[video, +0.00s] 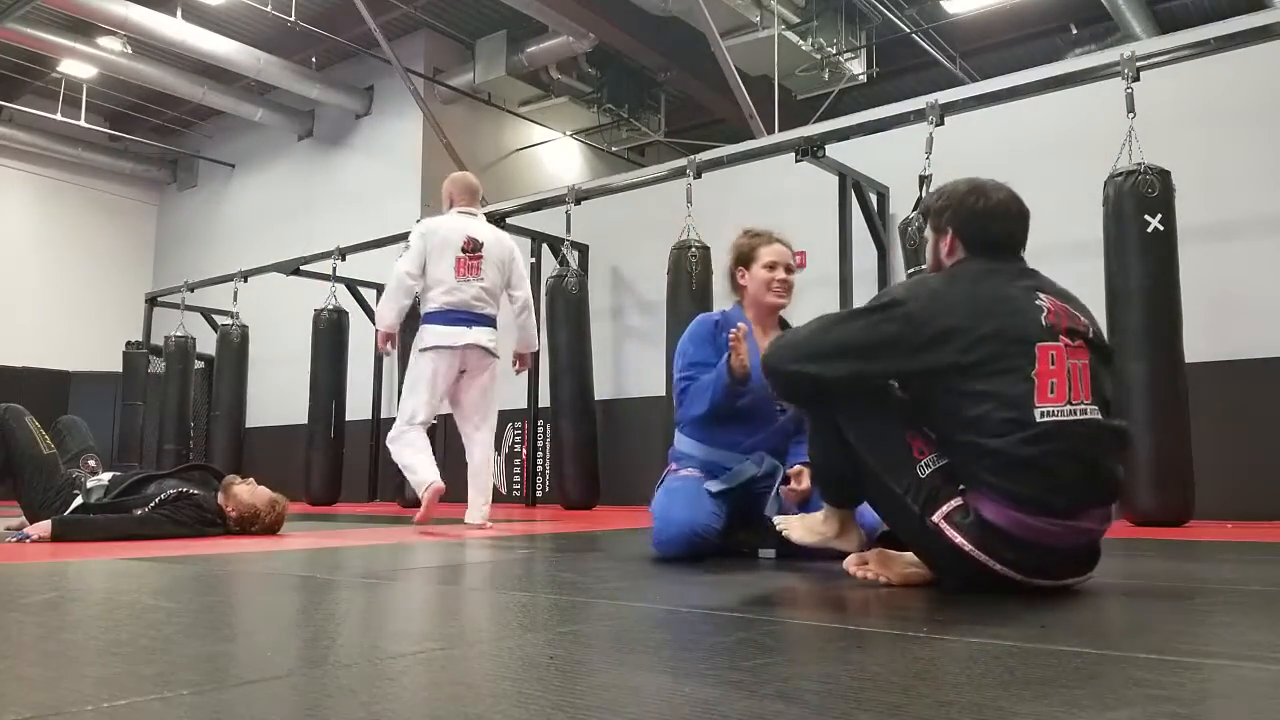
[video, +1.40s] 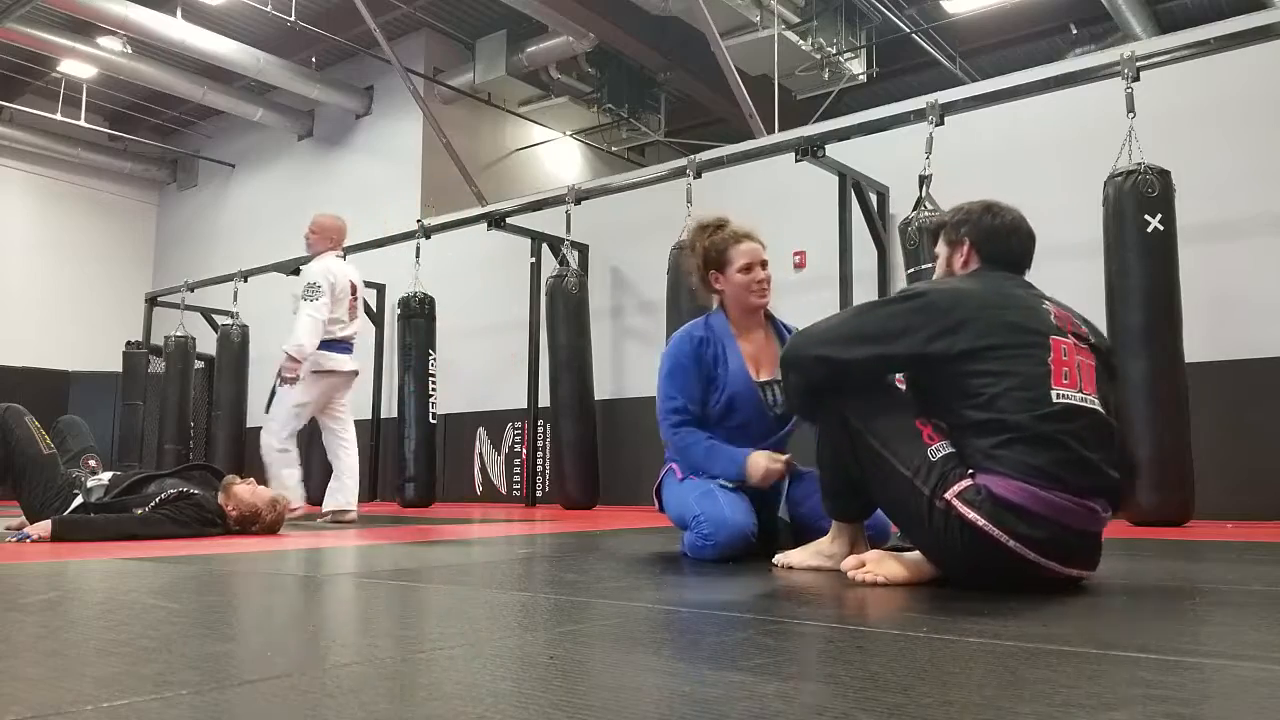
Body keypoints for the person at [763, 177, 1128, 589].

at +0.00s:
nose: (928, 252)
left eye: (931, 237)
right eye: (930, 238)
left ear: (950, 242)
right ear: (1013, 243)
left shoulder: (935, 298)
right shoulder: (1068, 305)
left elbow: (784, 360)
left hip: (993, 553)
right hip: (1076, 556)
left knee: (836, 379)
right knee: (942, 405)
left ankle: (836, 520)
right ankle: (931, 556)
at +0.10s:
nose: (925, 244)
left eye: (928, 230)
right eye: (927, 230)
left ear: (947, 239)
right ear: (1009, 238)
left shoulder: (930, 300)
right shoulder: (1061, 299)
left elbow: (784, 369)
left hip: (996, 554)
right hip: (1079, 553)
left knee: (836, 383)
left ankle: (846, 524)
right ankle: (928, 554)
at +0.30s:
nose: (906, 248)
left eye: (908, 235)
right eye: (907, 235)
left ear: (925, 244)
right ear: (988, 241)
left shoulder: (918, 304)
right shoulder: (1027, 295)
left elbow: (777, 384)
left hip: (990, 552)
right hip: (1071, 552)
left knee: (832, 395)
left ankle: (841, 539)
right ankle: (925, 552)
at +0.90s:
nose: (892, 272)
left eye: (895, 258)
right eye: (893, 259)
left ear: (921, 257)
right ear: (974, 258)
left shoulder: (923, 302)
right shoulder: (1015, 306)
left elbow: (787, 370)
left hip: (992, 539)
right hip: (1069, 550)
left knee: (833, 390)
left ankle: (840, 538)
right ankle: (927, 549)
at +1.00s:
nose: (901, 270)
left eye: (904, 256)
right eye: (901, 258)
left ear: (929, 255)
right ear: (984, 258)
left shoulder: (931, 300)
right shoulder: (1023, 306)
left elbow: (788, 367)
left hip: (991, 538)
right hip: (1069, 551)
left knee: (835, 388)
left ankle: (841, 537)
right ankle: (929, 550)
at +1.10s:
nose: (908, 271)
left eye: (913, 255)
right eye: (909, 257)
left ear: (940, 252)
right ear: (994, 257)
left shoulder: (935, 300)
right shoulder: (1034, 307)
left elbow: (790, 365)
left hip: (990, 537)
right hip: (1070, 552)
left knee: (837, 389)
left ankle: (842, 537)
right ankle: (931, 551)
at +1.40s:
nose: (934, 271)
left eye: (938, 258)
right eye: (935, 260)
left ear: (965, 254)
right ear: (1019, 265)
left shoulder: (950, 298)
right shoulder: (1078, 324)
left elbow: (804, 352)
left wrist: (822, 413)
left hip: (989, 539)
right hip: (1073, 559)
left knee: (847, 386)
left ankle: (841, 541)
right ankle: (929, 553)